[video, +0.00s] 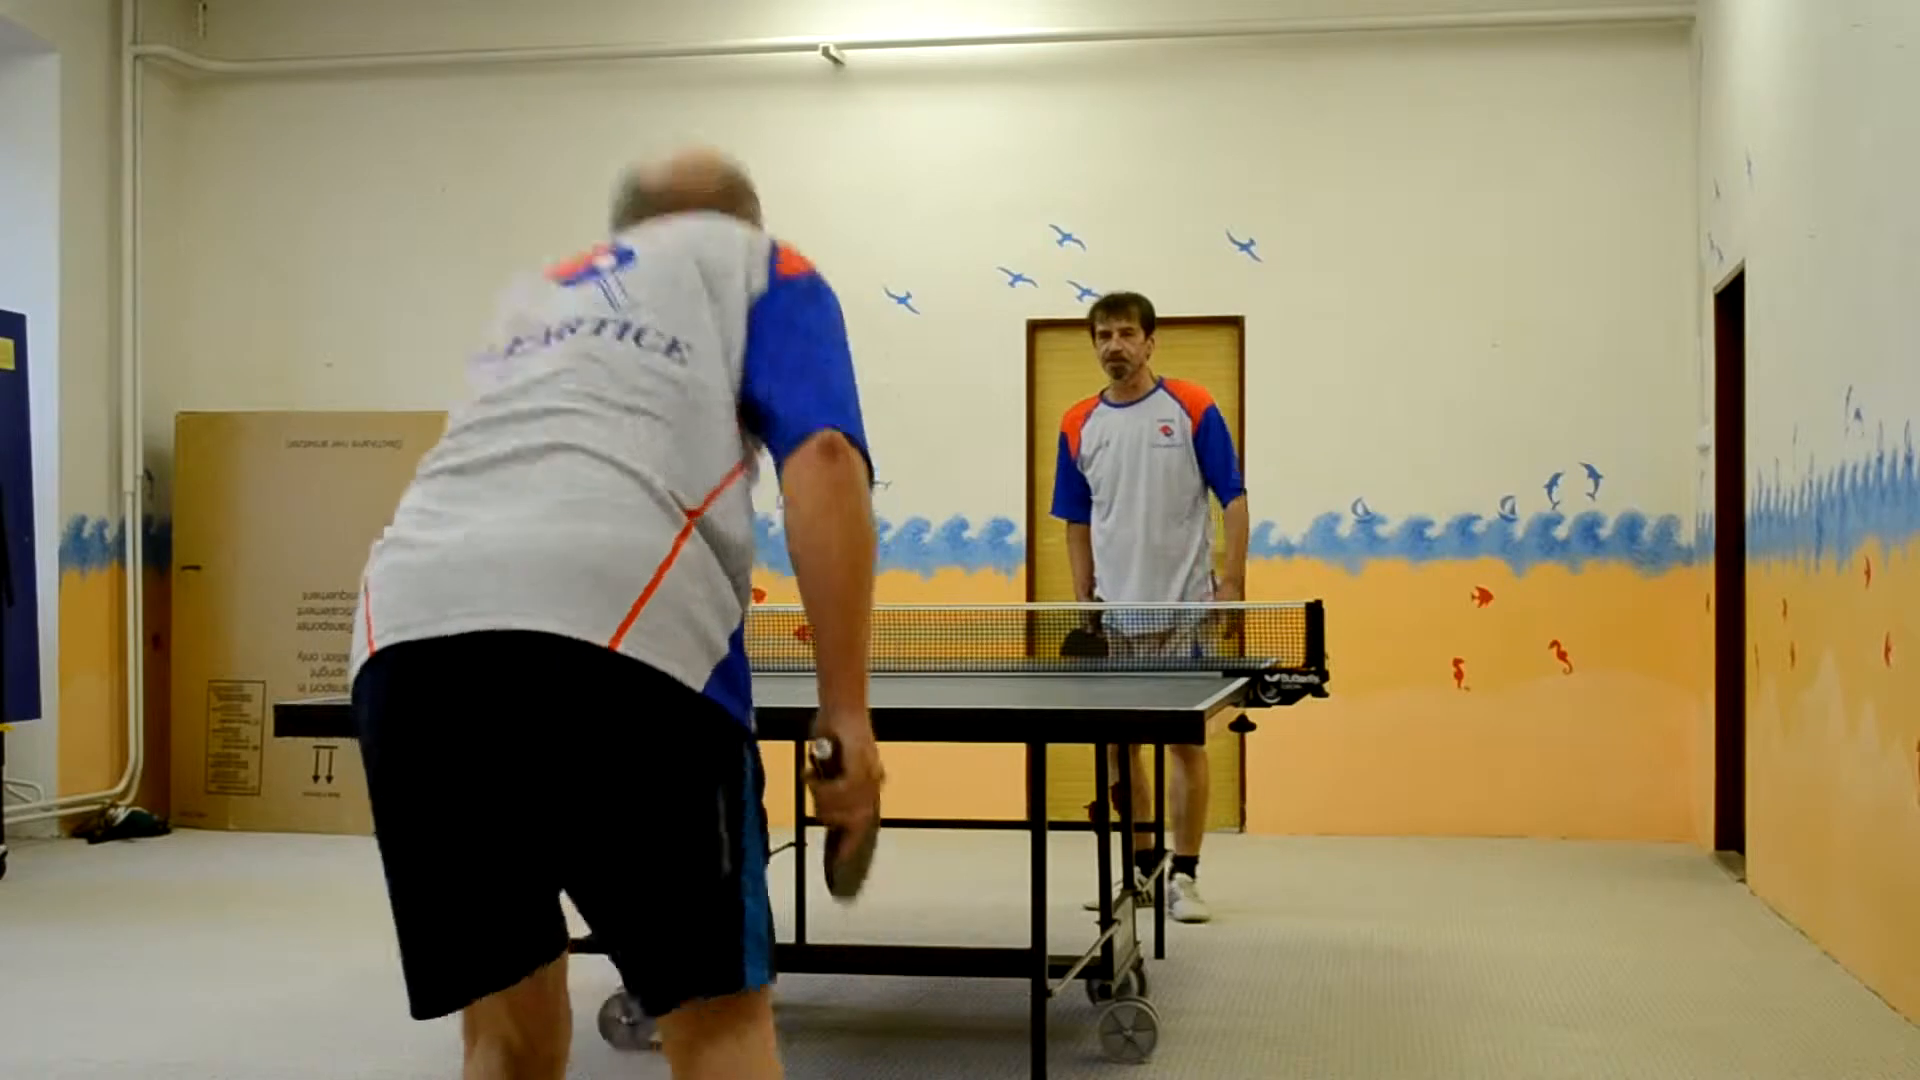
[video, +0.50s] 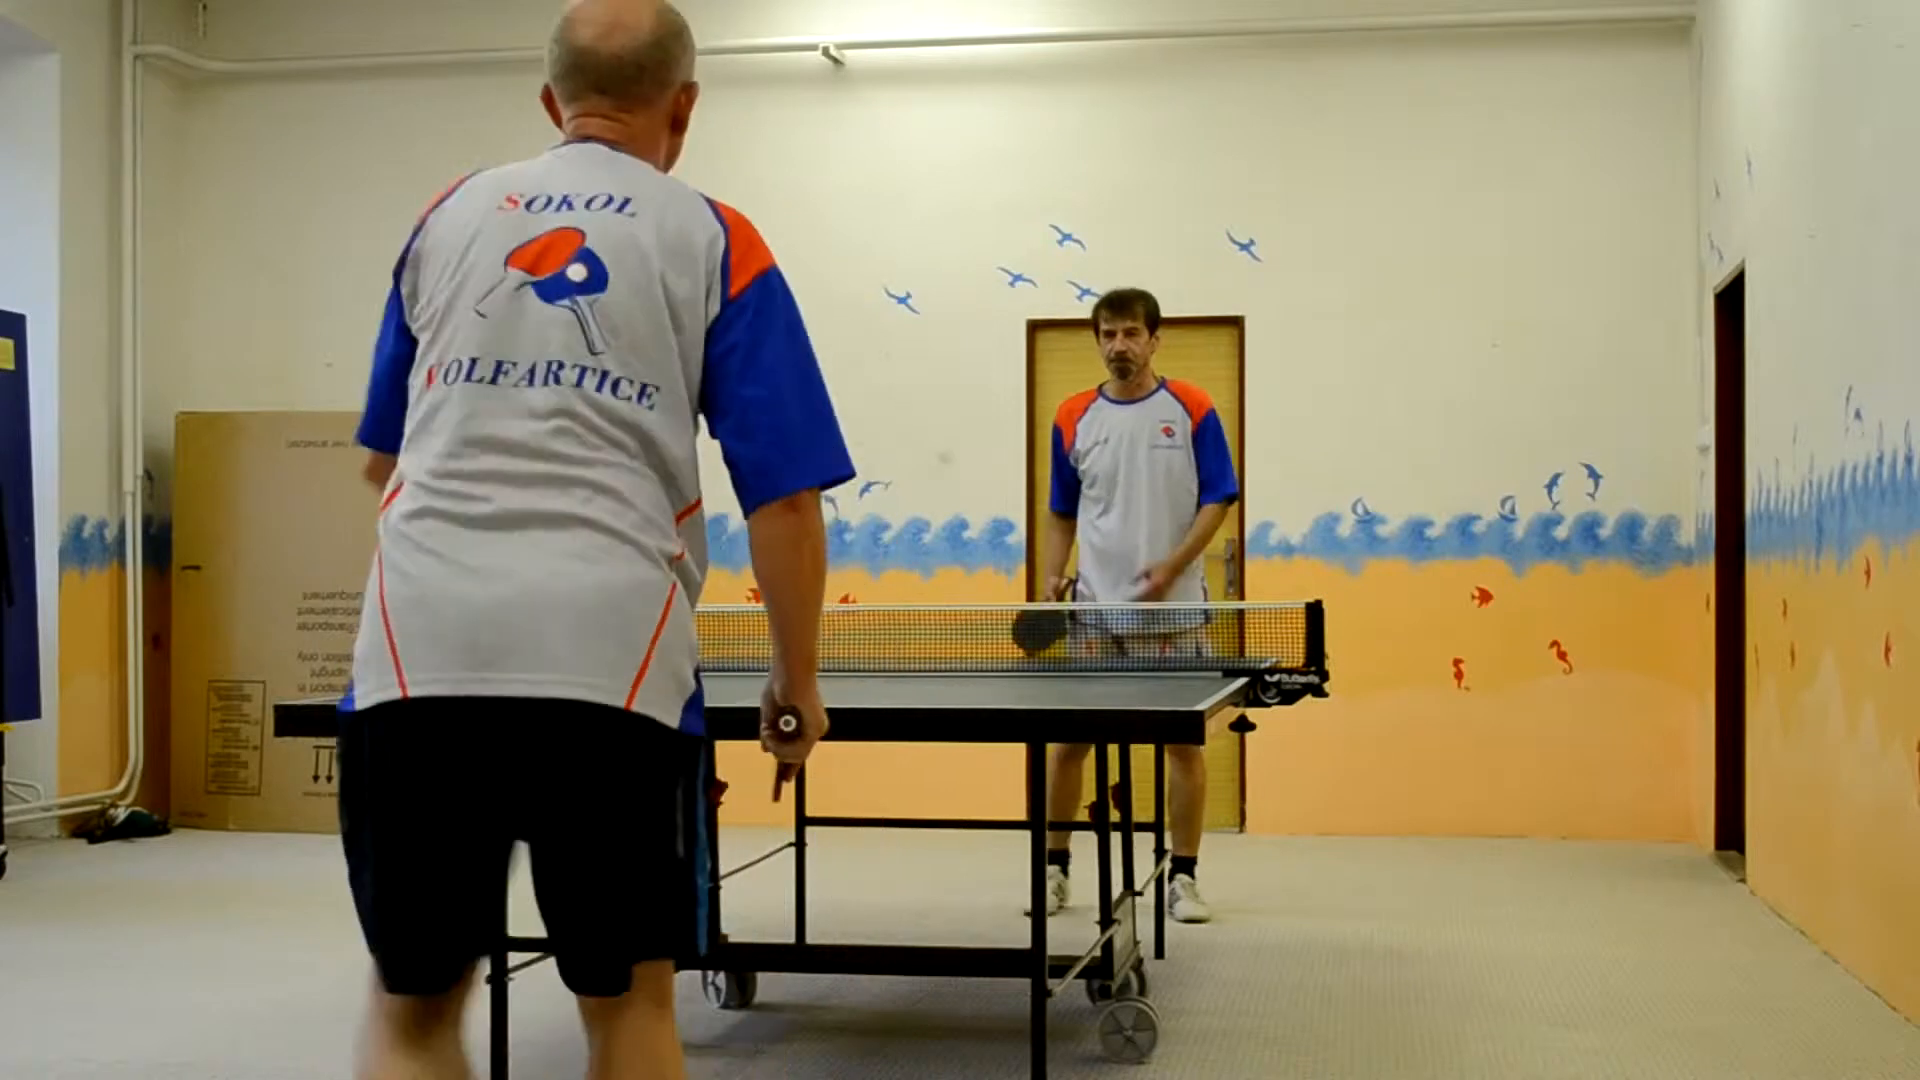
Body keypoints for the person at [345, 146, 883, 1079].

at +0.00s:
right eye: (751, 222)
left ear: (624, 226)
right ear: (750, 225)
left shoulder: (538, 291)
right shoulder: (764, 265)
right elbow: (824, 457)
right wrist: (843, 712)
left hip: (411, 648)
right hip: (615, 650)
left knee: (506, 1026)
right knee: (717, 1020)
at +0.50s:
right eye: (684, 108)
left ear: (548, 110)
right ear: (682, 107)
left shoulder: (444, 218)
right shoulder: (714, 236)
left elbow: (384, 461)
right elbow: (782, 492)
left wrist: (473, 589)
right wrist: (796, 676)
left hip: (415, 671)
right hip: (607, 674)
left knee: (412, 998)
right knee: (631, 999)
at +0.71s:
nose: (624, 148)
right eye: (630, 133)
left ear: (498, 132)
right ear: (620, 134)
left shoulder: (396, 243)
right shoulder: (665, 255)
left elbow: (296, 465)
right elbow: (740, 492)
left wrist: (335, 629)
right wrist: (746, 658)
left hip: (373, 667)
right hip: (566, 682)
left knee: (300, 970)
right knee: (604, 1005)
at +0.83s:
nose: (571, 183)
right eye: (573, 169)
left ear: (442, 171)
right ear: (564, 173)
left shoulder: (343, 276)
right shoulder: (598, 287)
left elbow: (247, 479)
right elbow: (681, 503)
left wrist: (282, 650)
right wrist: (703, 661)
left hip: (321, 674)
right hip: (508, 689)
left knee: (265, 968)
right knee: (595, 990)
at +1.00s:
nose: (546, 210)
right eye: (548, 195)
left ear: (422, 193)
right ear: (535, 197)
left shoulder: (315, 294)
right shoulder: (555, 299)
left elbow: (210, 485)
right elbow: (612, 519)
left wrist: (255, 649)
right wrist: (654, 665)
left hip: (284, 683)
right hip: (470, 687)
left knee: (258, 967)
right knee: (617, 946)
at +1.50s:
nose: (619, 288)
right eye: (619, 276)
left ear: (501, 274)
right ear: (609, 282)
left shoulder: (400, 355)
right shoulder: (641, 383)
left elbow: (288, 517)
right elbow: (743, 590)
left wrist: (310, 671)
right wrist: (764, 644)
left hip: (337, 712)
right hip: (522, 728)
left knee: (223, 965)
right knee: (660, 960)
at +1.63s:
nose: (566, 316)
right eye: (564, 302)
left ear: (451, 300)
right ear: (554, 307)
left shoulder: (347, 382)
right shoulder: (577, 404)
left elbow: (225, 536)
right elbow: (681, 607)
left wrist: (255, 679)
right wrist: (735, 628)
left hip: (285, 722)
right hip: (464, 730)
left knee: (195, 966)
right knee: (631, 966)